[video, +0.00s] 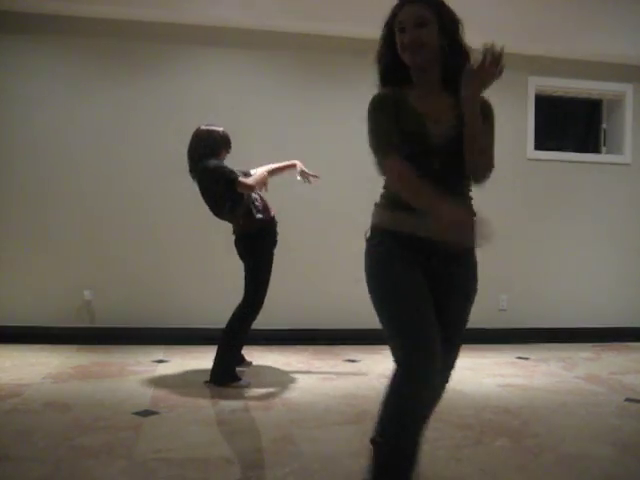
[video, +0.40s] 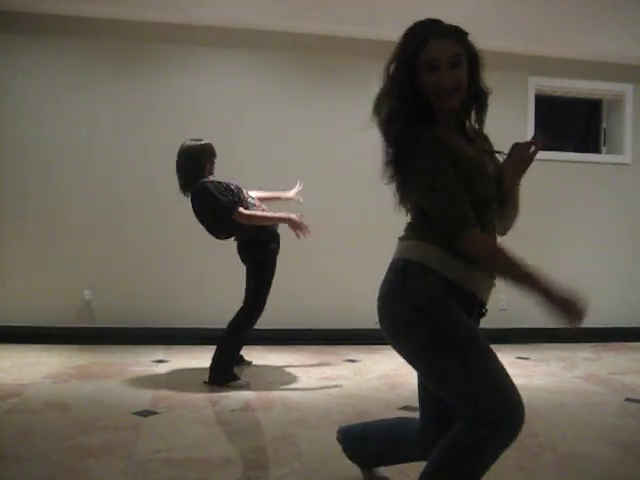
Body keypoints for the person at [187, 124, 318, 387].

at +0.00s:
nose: (227, 152)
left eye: (226, 147)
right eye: (224, 148)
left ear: (201, 147)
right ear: (215, 148)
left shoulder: (207, 170)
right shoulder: (215, 170)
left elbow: (252, 175)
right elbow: (249, 185)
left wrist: (293, 164)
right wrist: (263, 177)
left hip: (251, 235)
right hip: (256, 237)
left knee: (252, 301)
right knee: (252, 303)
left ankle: (231, 353)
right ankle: (222, 372)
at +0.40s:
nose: (214, 162)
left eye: (213, 158)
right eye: (211, 159)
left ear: (192, 163)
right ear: (200, 162)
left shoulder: (208, 186)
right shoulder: (207, 189)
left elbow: (249, 196)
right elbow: (243, 216)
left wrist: (286, 195)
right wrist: (288, 218)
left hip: (256, 241)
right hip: (259, 244)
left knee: (252, 305)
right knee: (252, 308)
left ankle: (231, 353)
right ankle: (219, 373)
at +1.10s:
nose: (178, 181)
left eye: (173, 183)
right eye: (175, 190)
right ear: (183, 202)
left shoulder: (206, 190)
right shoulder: (204, 204)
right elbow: (209, 242)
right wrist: (244, 246)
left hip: (271, 234)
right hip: (267, 239)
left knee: (254, 304)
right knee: (252, 306)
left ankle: (230, 353)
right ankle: (221, 372)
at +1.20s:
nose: (181, 170)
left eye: (175, 173)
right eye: (177, 179)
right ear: (185, 192)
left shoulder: (210, 183)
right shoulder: (206, 194)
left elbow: (212, 231)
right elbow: (210, 233)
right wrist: (241, 245)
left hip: (267, 234)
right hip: (263, 238)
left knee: (253, 305)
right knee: (252, 307)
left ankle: (230, 354)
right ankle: (221, 372)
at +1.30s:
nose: (185, 153)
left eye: (179, 155)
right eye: (182, 161)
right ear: (190, 175)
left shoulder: (216, 172)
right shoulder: (213, 179)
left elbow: (210, 220)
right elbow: (210, 220)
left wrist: (237, 241)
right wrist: (237, 241)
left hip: (260, 233)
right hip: (257, 237)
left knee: (253, 301)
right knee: (253, 303)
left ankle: (230, 354)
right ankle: (223, 369)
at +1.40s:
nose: (199, 132)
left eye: (193, 132)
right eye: (193, 138)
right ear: (198, 154)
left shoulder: (232, 154)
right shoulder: (219, 167)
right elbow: (206, 209)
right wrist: (228, 243)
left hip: (254, 234)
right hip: (245, 237)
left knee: (252, 297)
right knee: (251, 298)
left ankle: (230, 356)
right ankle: (226, 366)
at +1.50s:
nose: (221, 120)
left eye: (218, 117)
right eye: (213, 123)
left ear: (228, 124)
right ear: (210, 140)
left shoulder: (249, 150)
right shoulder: (217, 166)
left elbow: (254, 189)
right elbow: (205, 208)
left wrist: (257, 219)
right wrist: (215, 248)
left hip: (248, 232)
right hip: (231, 235)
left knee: (238, 292)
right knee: (252, 289)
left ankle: (227, 355)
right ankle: (234, 357)